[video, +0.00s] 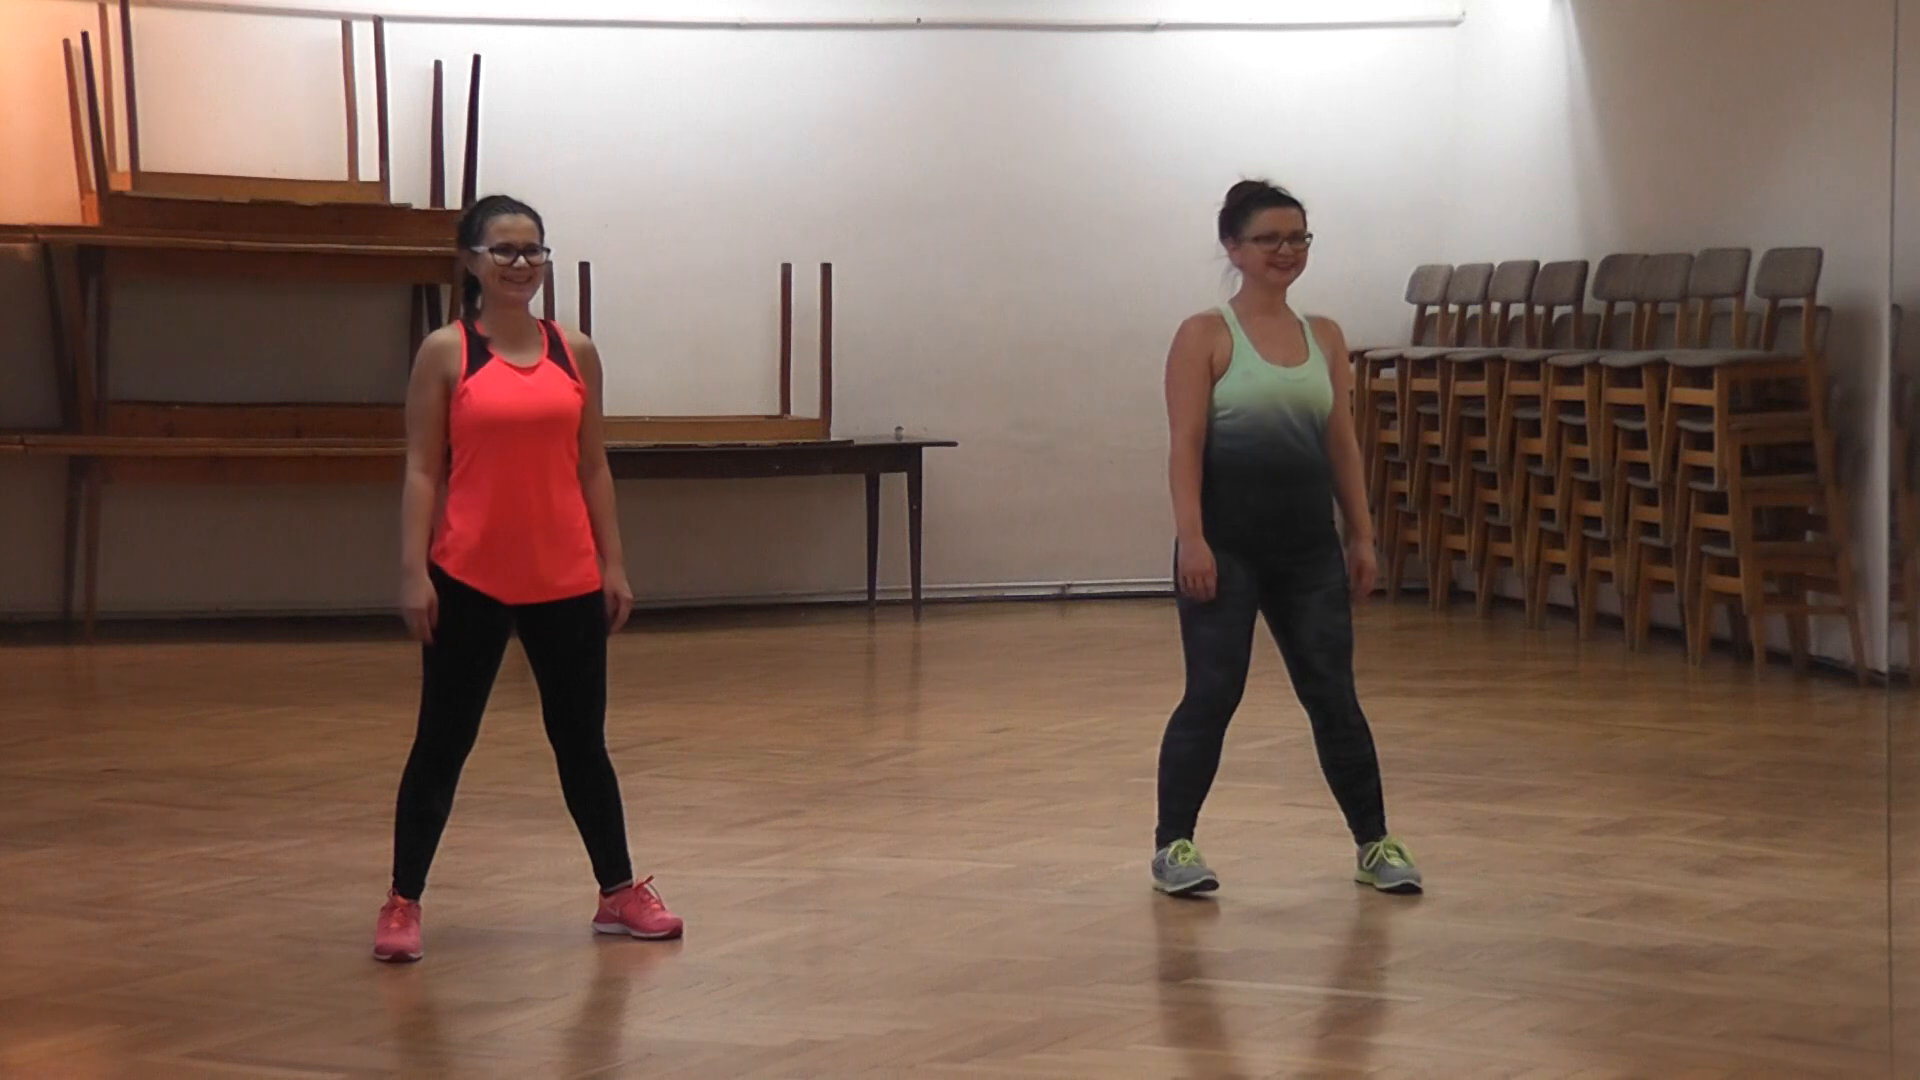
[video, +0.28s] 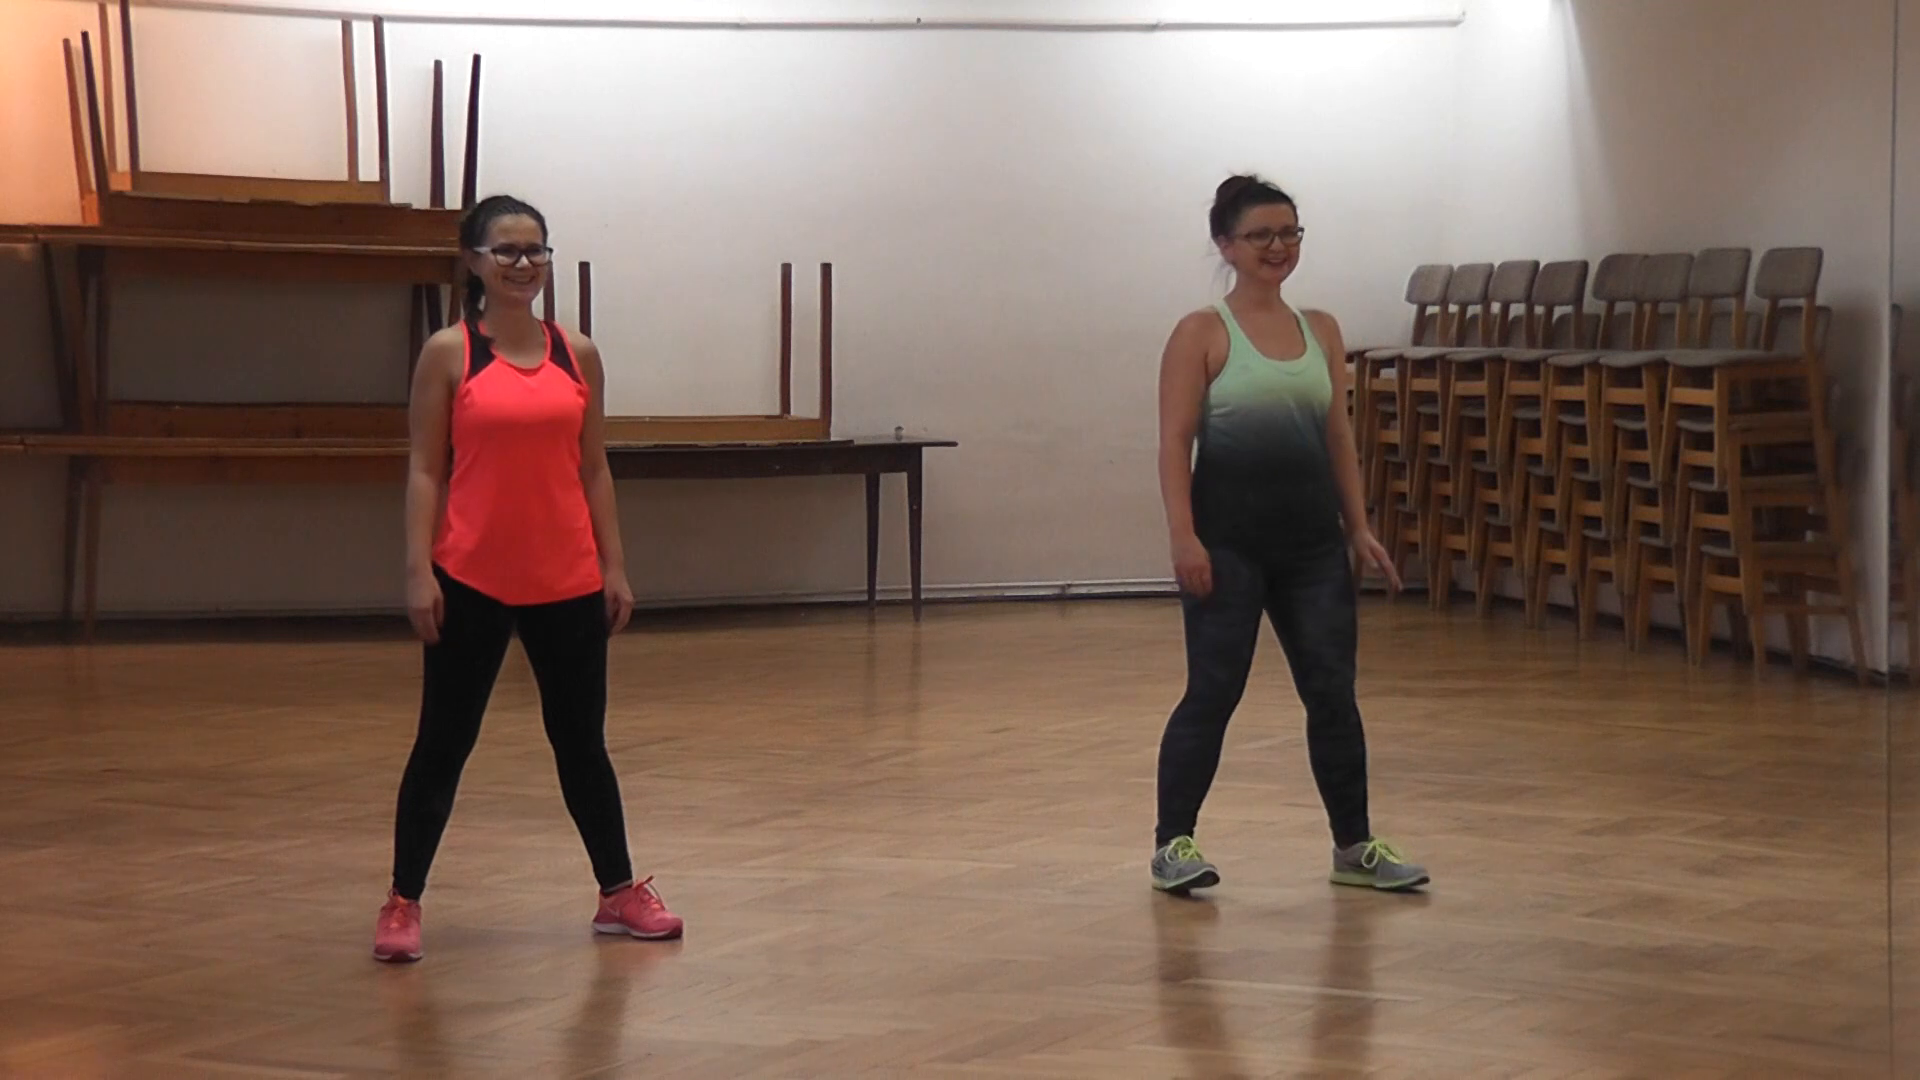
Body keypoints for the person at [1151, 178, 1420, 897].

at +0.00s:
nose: (1288, 251)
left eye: (1298, 239)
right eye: (1270, 240)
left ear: (1308, 244)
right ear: (1234, 247)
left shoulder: (1325, 336)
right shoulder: (1203, 336)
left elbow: (1342, 445)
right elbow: (1186, 445)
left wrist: (1362, 535)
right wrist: (1190, 537)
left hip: (1309, 547)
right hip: (1224, 550)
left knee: (1334, 696)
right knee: (1211, 697)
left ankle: (1374, 844)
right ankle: (1174, 845)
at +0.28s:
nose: (1279, 246)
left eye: (1288, 234)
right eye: (1262, 236)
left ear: (1300, 240)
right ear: (1225, 244)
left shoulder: (1321, 331)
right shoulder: (1201, 333)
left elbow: (1339, 441)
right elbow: (1175, 443)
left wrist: (1359, 527)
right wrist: (1183, 537)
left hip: (1314, 544)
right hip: (1228, 548)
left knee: (1333, 695)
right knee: (1212, 696)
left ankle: (1354, 846)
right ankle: (1173, 843)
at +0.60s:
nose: (1287, 241)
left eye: (1296, 228)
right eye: (1269, 231)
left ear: (1308, 237)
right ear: (1235, 244)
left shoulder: (1335, 332)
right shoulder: (1209, 333)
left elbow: (1359, 440)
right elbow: (1189, 443)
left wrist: (1391, 533)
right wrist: (1192, 538)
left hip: (1328, 546)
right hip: (1239, 548)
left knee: (1336, 696)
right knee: (1219, 696)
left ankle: (1350, 845)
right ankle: (1177, 846)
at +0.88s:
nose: (1297, 245)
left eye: (1305, 232)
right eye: (1278, 236)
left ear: (1318, 237)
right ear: (1245, 248)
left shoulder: (1344, 336)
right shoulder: (1220, 334)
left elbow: (1375, 446)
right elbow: (1195, 444)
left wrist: (1411, 533)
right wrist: (1188, 538)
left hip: (1340, 551)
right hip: (1251, 552)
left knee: (1349, 702)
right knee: (1226, 699)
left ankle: (1357, 849)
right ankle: (1179, 849)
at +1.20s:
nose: (1296, 248)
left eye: (1299, 231)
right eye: (1277, 248)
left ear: (1315, 228)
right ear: (1255, 266)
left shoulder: (1378, 322)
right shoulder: (1240, 336)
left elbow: (1417, 423)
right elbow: (1221, 430)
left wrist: (1436, 508)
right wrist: (1197, 492)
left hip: (1363, 545)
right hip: (1270, 545)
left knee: (1359, 700)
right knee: (1246, 696)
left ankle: (1358, 848)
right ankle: (1211, 847)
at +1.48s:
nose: (1270, 269)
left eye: (1278, 250)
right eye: (1256, 260)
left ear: (1318, 231)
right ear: (1251, 262)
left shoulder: (1381, 317)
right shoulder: (1263, 327)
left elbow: (1400, 416)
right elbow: (1257, 417)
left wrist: (1322, 451)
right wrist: (1193, 476)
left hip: (1375, 530)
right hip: (1288, 529)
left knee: (1368, 691)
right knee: (1262, 684)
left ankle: (1369, 842)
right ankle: (1233, 840)